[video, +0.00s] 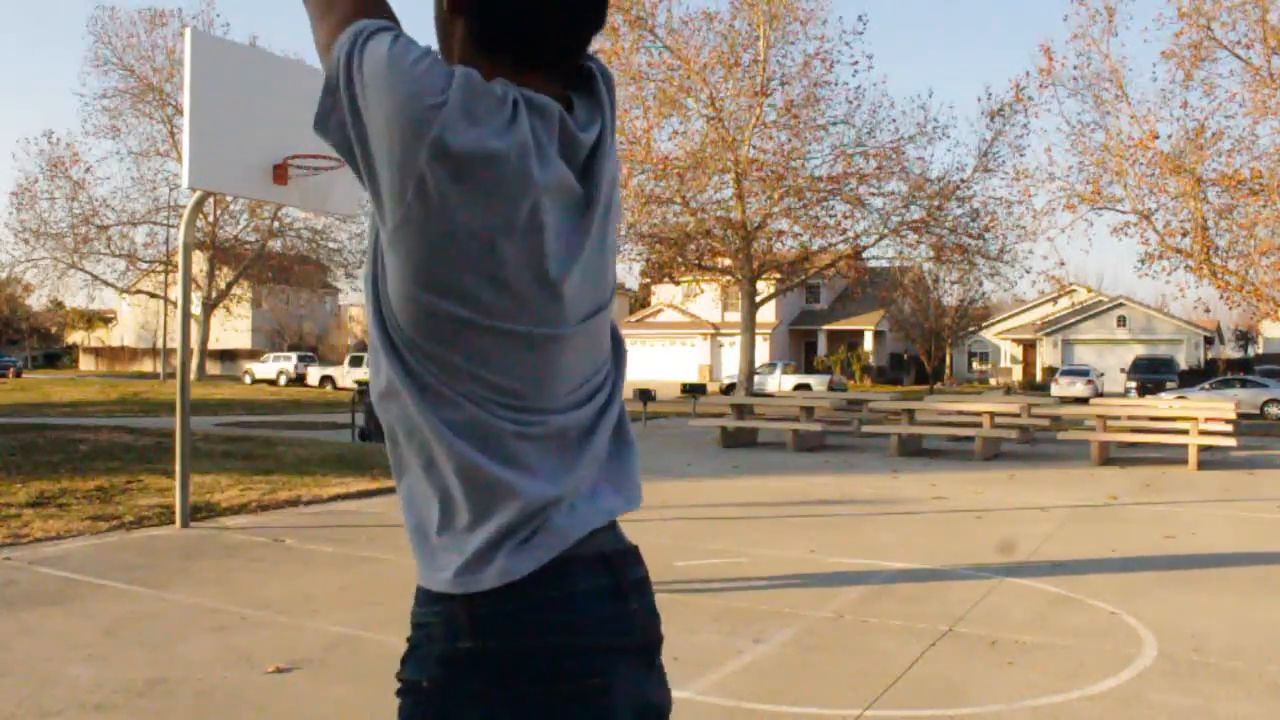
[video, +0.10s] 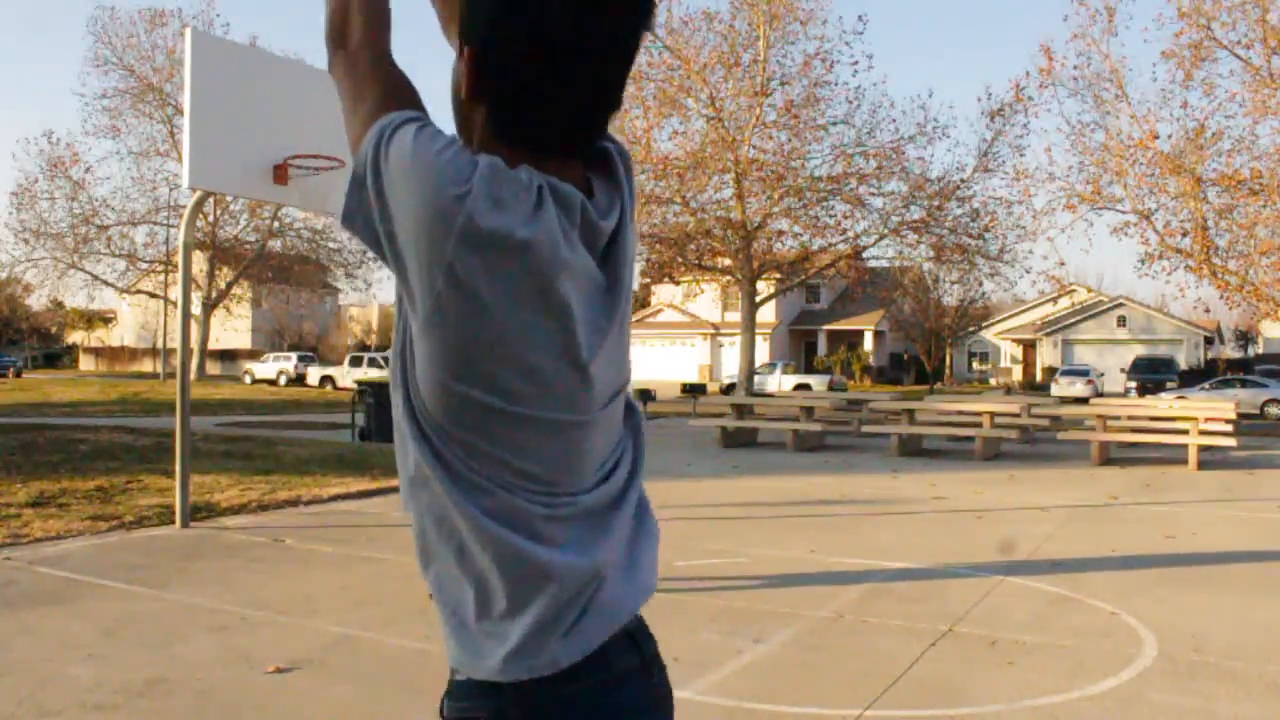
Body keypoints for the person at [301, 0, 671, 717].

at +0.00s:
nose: (438, 19)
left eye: (441, 11)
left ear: (455, 13)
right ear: (580, 28)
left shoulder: (424, 115)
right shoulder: (588, 119)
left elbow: (340, 7)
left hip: (486, 611)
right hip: (608, 587)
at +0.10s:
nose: (459, 62)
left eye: (459, 47)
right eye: (462, 38)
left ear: (470, 72)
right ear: (613, 80)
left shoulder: (449, 203)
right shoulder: (606, 193)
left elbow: (354, 45)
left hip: (513, 690)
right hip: (624, 665)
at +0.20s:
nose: (474, 246)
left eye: (476, 229)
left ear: (482, 256)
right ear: (622, 259)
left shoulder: (462, 384)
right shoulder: (624, 360)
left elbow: (380, 223)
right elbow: (507, 177)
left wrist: (381, 75)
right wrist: (437, 18)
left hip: (510, 710)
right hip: (652, 688)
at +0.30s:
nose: (473, 349)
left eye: (478, 335)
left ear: (488, 359)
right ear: (627, 368)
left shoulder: (475, 531)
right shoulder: (641, 484)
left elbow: (347, 462)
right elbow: (489, 379)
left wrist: (403, 300)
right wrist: (460, 238)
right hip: (651, 707)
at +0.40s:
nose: (474, 297)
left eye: (476, 275)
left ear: (487, 295)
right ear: (637, 306)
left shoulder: (453, 518)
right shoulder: (648, 451)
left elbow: (373, 709)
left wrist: (370, 613)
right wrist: (418, 499)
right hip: (664, 705)